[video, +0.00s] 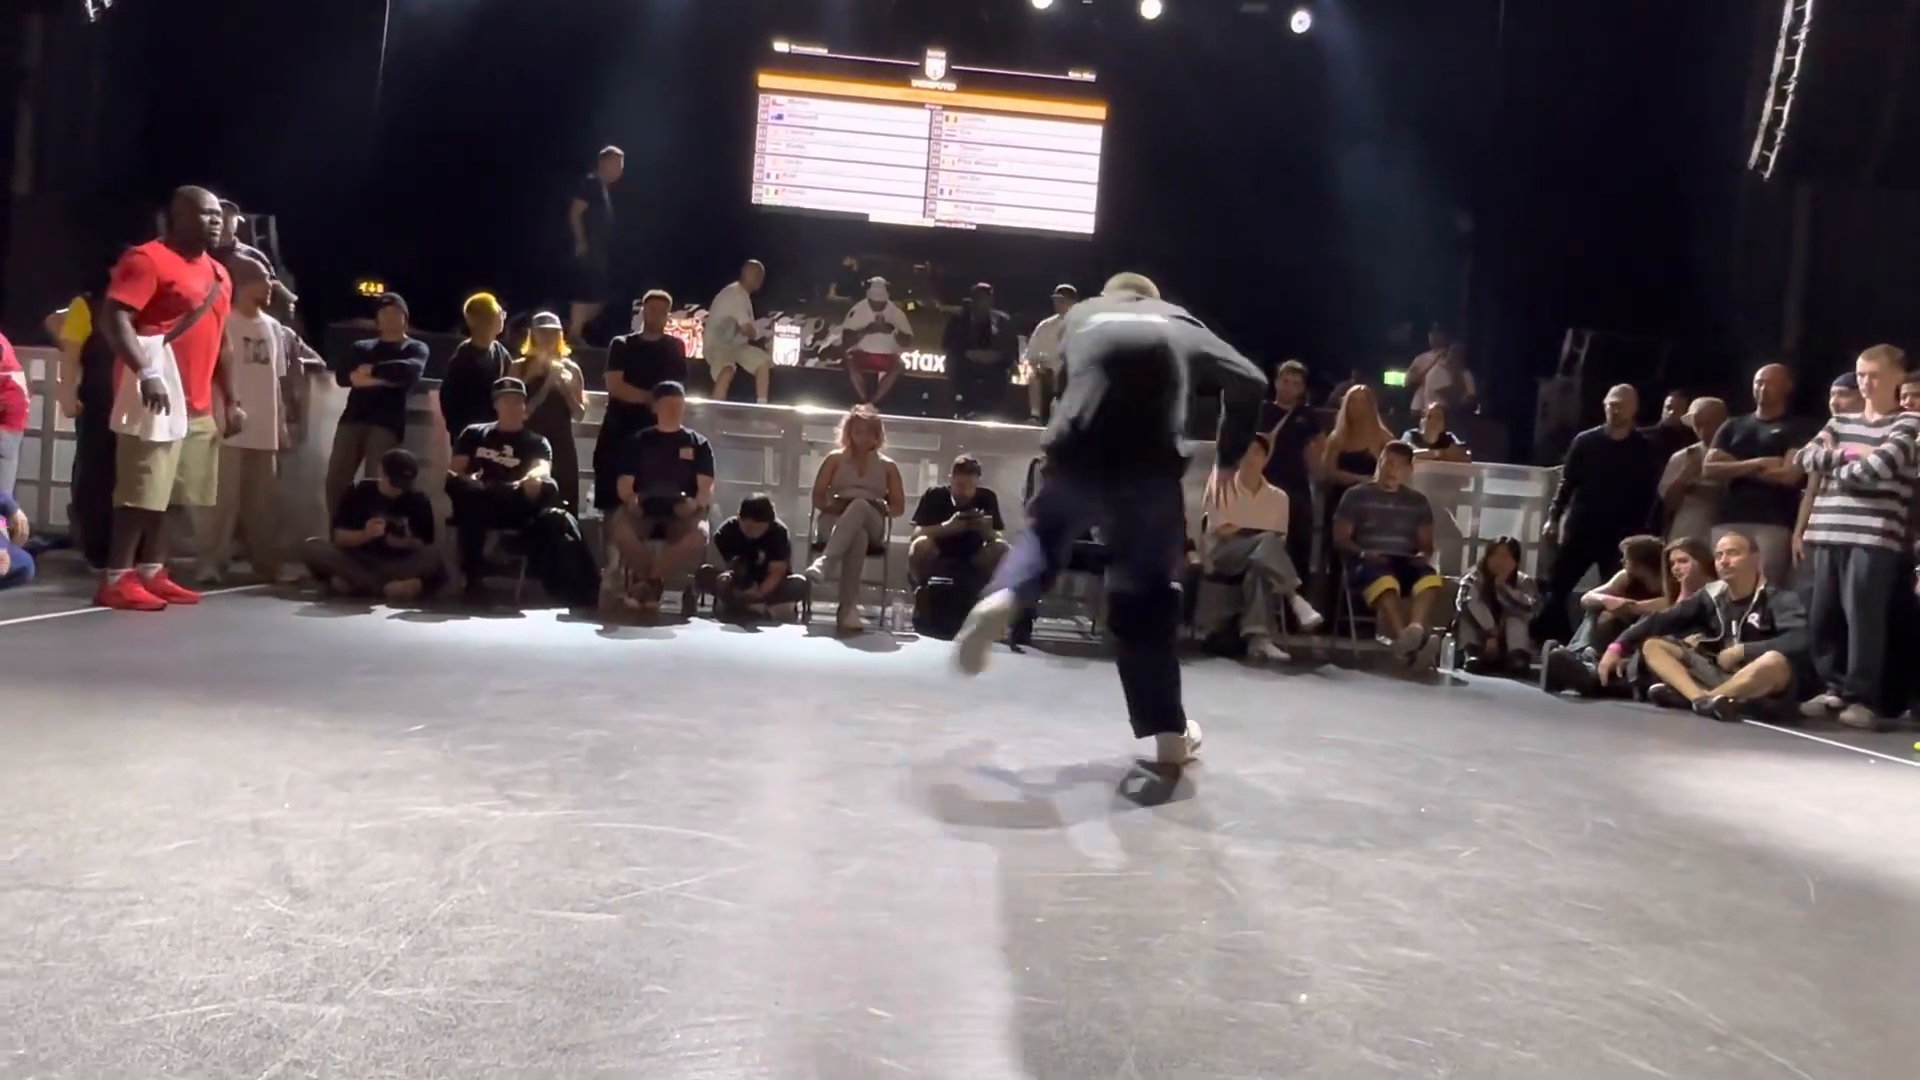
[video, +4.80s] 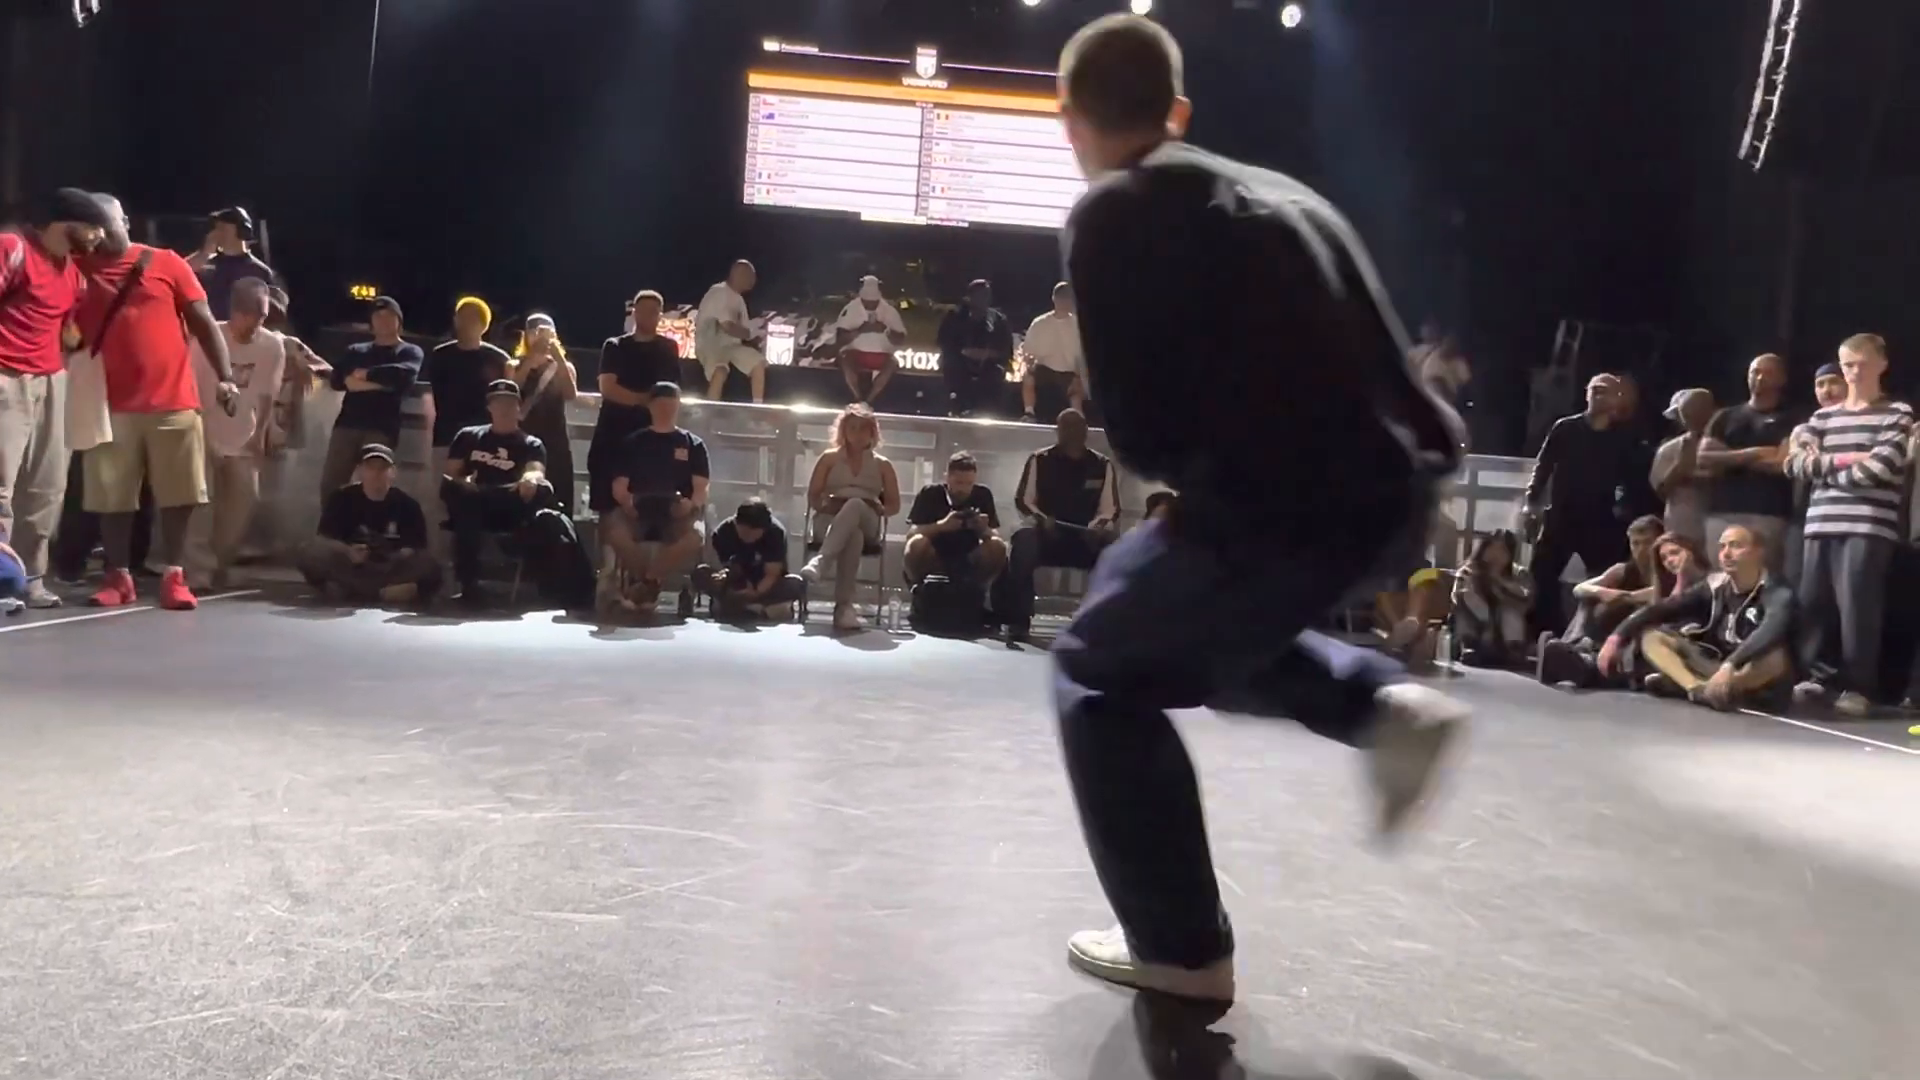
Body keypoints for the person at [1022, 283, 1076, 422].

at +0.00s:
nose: (1062, 305)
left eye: (1066, 301)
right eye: (1058, 300)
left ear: (1074, 303)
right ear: (1054, 302)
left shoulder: (1080, 326)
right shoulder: (1044, 326)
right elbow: (1032, 351)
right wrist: (1037, 364)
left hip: (1071, 367)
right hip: (1047, 366)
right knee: (1035, 376)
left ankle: (1065, 415)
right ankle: (1035, 414)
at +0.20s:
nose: (1064, 302)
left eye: (1069, 299)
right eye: (1062, 298)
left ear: (1078, 302)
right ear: (1058, 301)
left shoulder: (1088, 326)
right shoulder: (1048, 324)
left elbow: (1092, 358)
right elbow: (1033, 351)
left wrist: (1086, 380)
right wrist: (1039, 361)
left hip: (1078, 372)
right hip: (1054, 370)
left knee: (1087, 387)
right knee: (1037, 376)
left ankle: (1085, 424)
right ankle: (1038, 414)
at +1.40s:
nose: (1085, 294)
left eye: (1089, 292)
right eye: (1082, 290)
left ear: (1095, 296)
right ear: (1077, 291)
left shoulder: (1099, 320)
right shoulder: (1060, 315)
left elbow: (1100, 352)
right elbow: (1045, 341)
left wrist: (1096, 375)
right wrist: (1048, 355)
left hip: (1087, 365)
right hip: (1062, 361)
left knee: (1096, 382)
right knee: (1046, 369)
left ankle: (1095, 416)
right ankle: (1047, 406)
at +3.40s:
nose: (1087, 300)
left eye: (1090, 297)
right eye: (1083, 296)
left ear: (1094, 299)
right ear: (1075, 297)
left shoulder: (1099, 323)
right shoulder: (1060, 319)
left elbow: (1100, 354)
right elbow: (1046, 345)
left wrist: (1096, 376)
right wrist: (1048, 358)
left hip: (1087, 367)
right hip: (1063, 364)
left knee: (1096, 381)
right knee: (1047, 372)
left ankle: (1095, 417)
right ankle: (1047, 409)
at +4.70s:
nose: (1067, 301)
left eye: (1071, 297)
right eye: (1063, 297)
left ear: (1076, 301)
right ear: (1056, 299)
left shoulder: (1082, 326)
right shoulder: (1042, 323)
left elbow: (1084, 358)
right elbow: (1030, 351)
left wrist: (1078, 382)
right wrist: (1031, 365)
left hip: (1071, 371)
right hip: (1047, 369)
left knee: (1079, 384)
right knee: (1030, 377)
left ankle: (1079, 419)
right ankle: (1031, 413)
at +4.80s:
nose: (1064, 304)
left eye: (1067, 299)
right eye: (1061, 299)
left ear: (1073, 301)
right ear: (1054, 300)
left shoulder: (1077, 323)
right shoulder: (1039, 323)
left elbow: (1083, 353)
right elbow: (1028, 350)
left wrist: (1081, 375)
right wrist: (1029, 361)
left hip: (1071, 371)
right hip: (1045, 369)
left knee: (1075, 386)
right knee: (1028, 376)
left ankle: (1077, 419)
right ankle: (1029, 412)